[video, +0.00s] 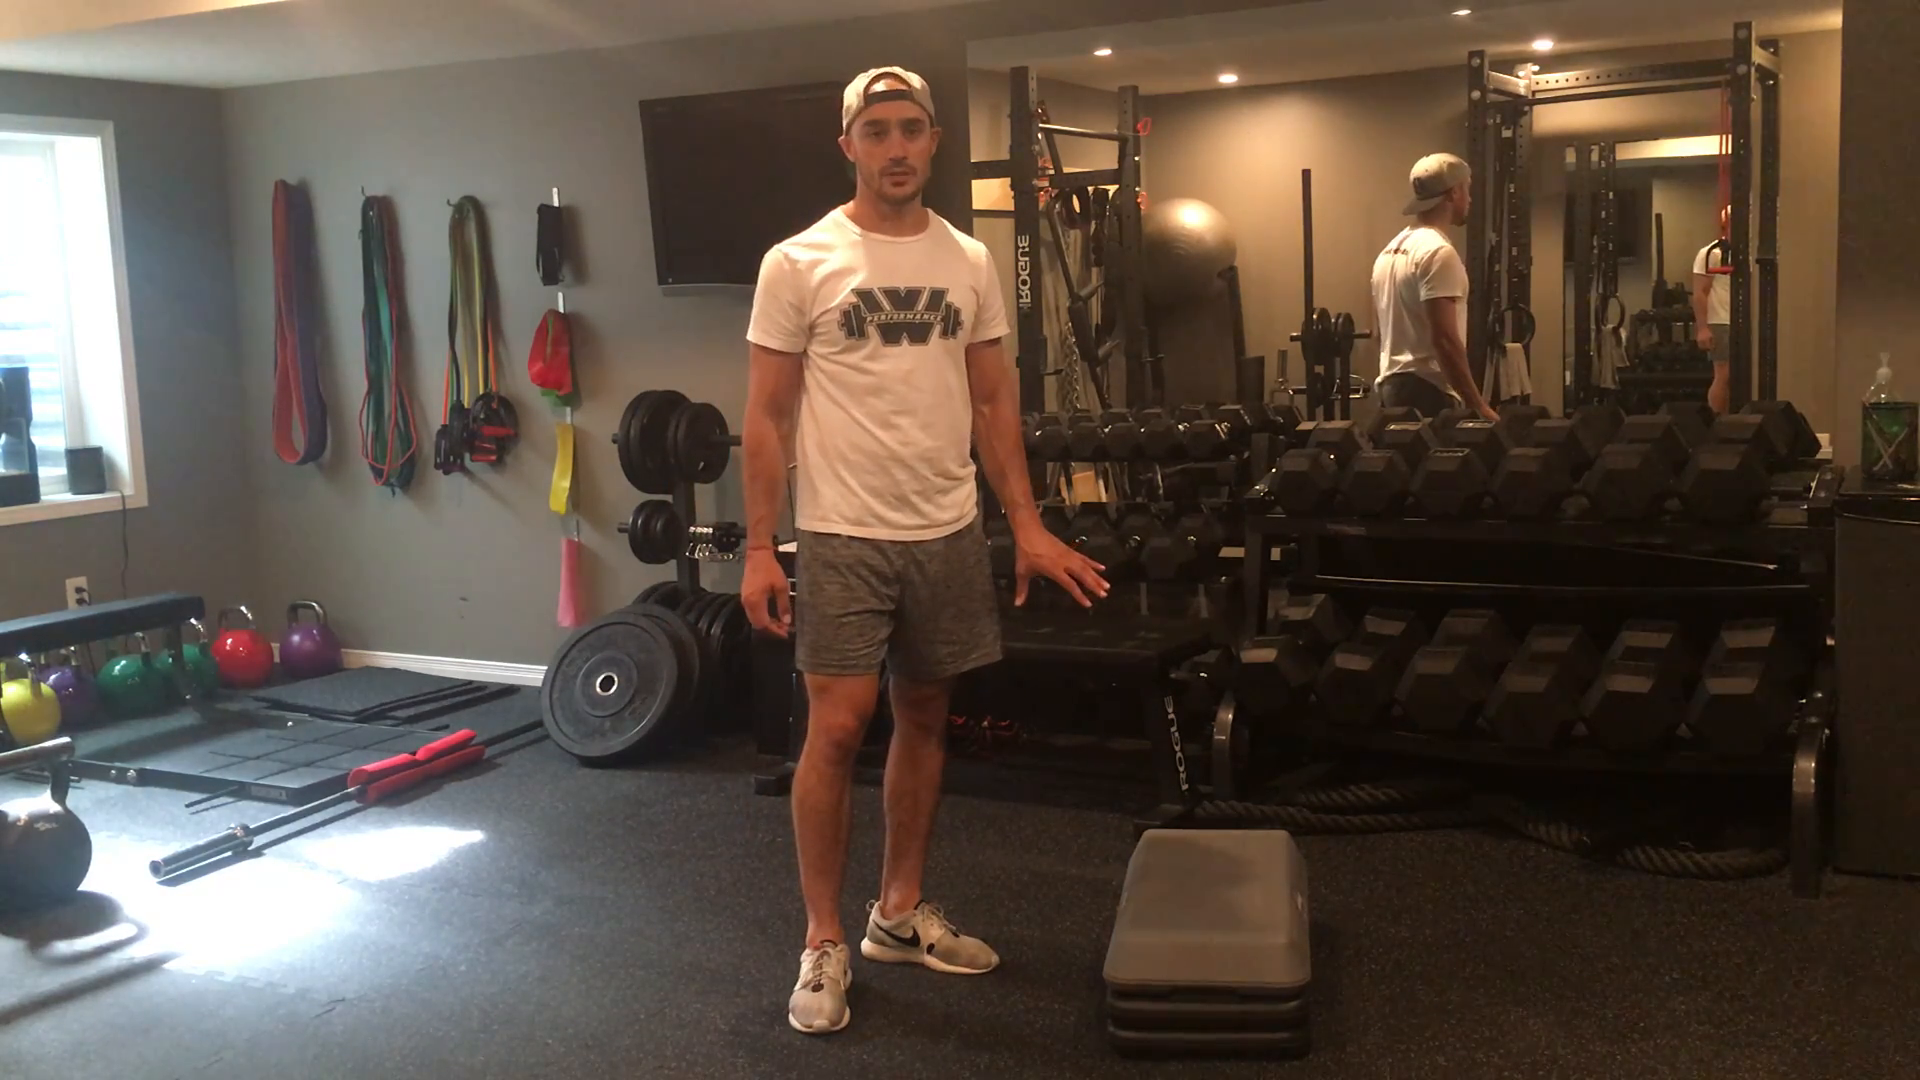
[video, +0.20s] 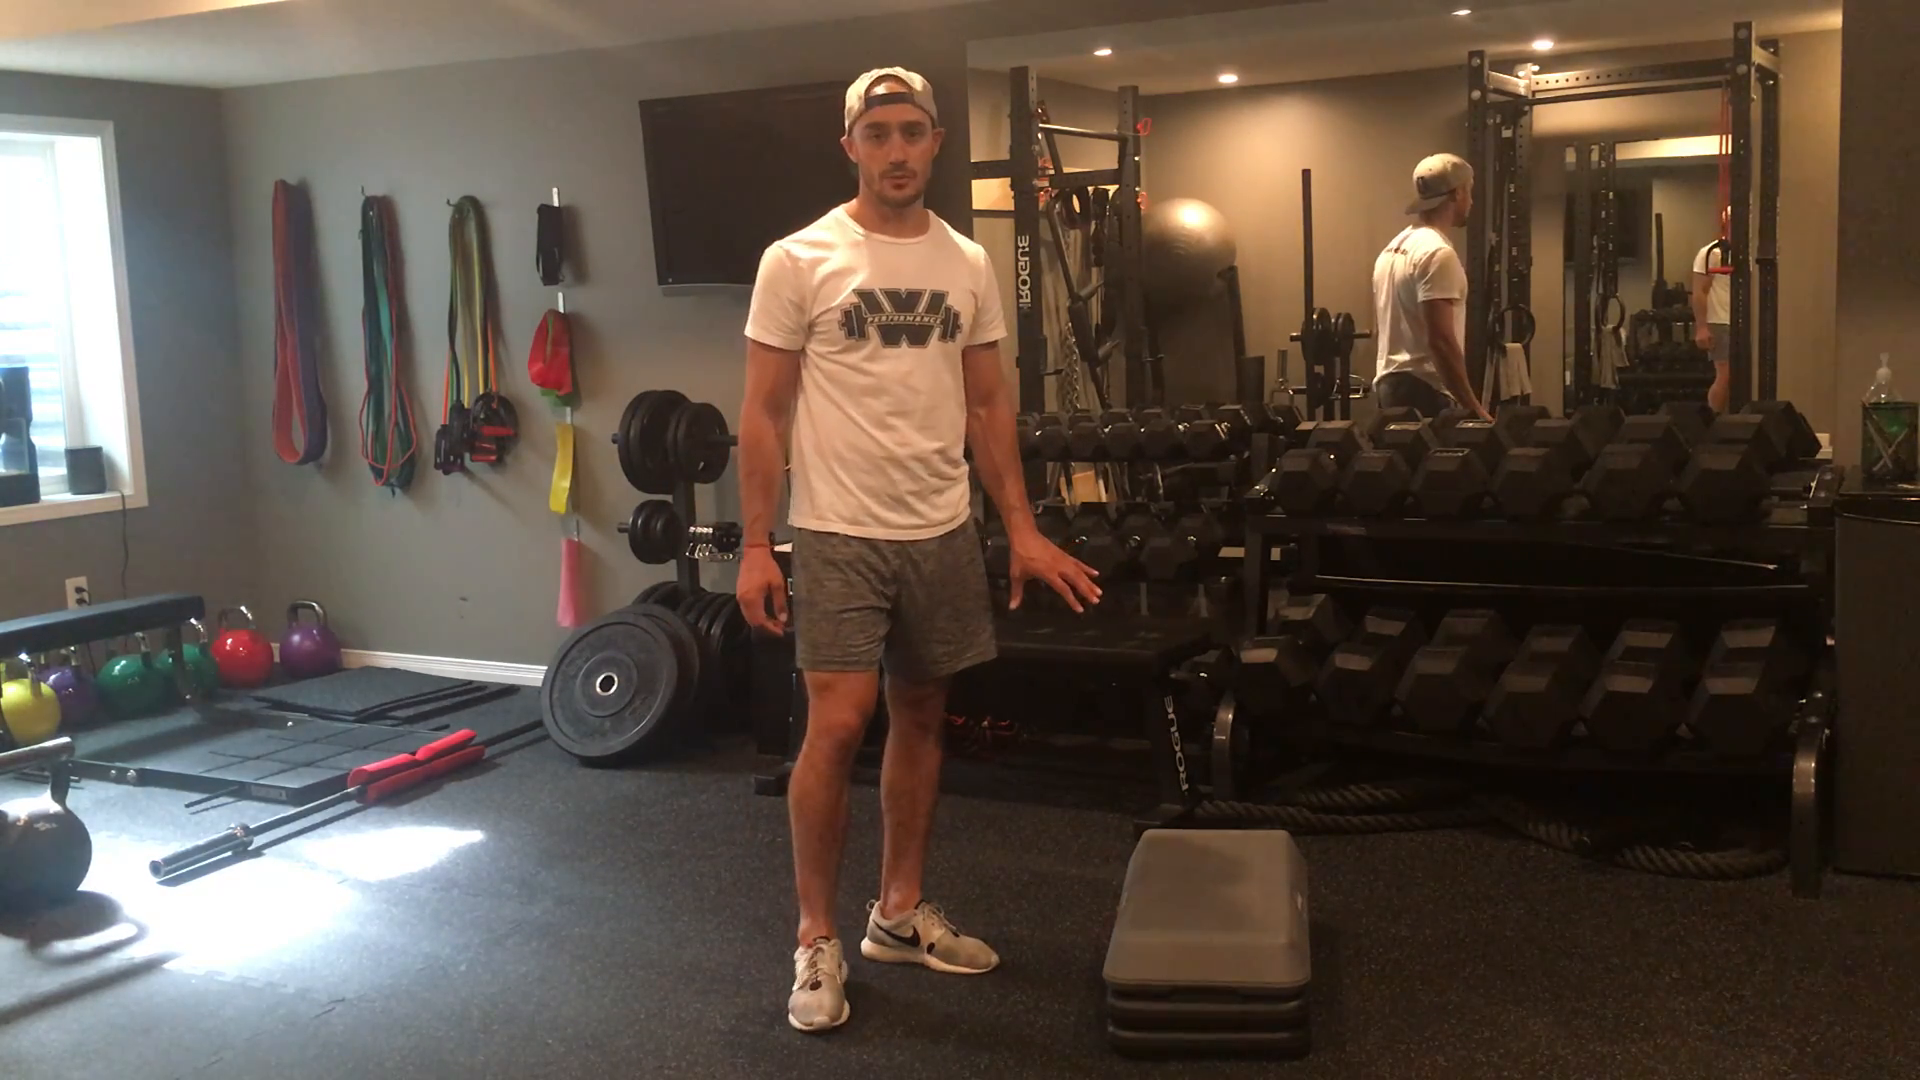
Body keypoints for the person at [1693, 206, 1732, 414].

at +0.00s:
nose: (1734, 226)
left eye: (1737, 220)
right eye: (1731, 220)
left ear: (1743, 223)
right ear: (1724, 223)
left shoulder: (1748, 253)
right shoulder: (1709, 254)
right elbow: (1700, 292)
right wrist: (1702, 327)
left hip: (1744, 323)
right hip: (1721, 323)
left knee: (1736, 378)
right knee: (1723, 377)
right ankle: (1716, 424)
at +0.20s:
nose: (1735, 225)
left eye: (1737, 220)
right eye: (1731, 219)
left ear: (1744, 222)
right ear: (1724, 221)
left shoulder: (1748, 253)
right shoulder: (1709, 254)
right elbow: (1700, 292)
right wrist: (1701, 326)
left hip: (1743, 325)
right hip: (1720, 324)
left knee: (1736, 377)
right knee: (1724, 376)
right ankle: (1711, 420)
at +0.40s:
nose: (1737, 225)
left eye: (1739, 219)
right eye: (1733, 219)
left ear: (1744, 222)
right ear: (1725, 222)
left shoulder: (1746, 252)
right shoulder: (1709, 252)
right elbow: (1698, 291)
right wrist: (1701, 326)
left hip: (1741, 323)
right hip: (1720, 323)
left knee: (1732, 378)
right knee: (1725, 377)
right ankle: (1701, 421)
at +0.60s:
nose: (1732, 225)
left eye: (1734, 220)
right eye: (1727, 220)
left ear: (1739, 223)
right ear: (1718, 224)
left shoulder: (1741, 252)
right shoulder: (1707, 253)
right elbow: (1699, 293)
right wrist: (1705, 328)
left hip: (1738, 326)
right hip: (1719, 325)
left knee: (1730, 381)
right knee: (1721, 379)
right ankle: (1699, 422)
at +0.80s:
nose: (1737, 228)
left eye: (1738, 222)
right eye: (1734, 222)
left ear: (1724, 221)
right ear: (1724, 221)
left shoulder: (1735, 251)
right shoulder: (1705, 252)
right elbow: (1699, 296)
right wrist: (1710, 330)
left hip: (1735, 325)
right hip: (1719, 326)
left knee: (1726, 384)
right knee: (1715, 382)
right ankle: (1696, 426)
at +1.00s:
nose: (1737, 228)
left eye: (1737, 223)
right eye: (1735, 223)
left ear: (1724, 222)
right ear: (1727, 222)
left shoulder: (1727, 251)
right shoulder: (1714, 250)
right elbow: (1705, 294)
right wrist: (1715, 330)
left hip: (1725, 322)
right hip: (1711, 324)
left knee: (1728, 379)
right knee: (1709, 379)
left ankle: (1727, 424)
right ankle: (1698, 424)